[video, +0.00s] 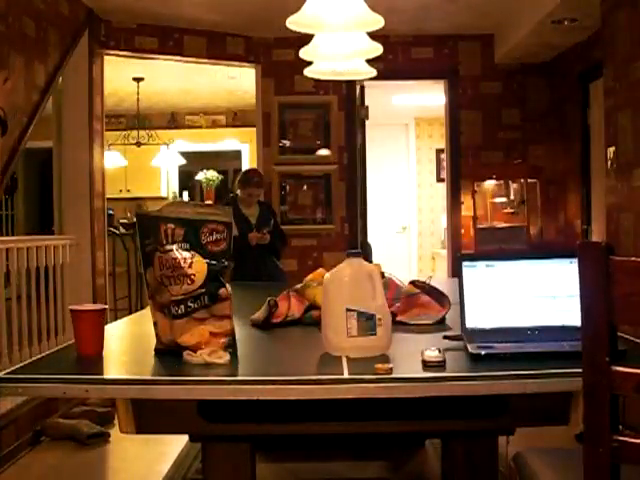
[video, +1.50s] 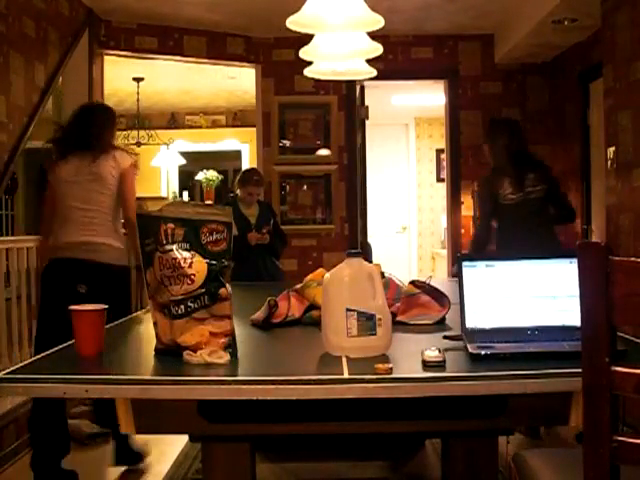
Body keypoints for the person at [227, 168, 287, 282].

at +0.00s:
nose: (253, 200)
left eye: (257, 196)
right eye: (249, 195)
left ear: (262, 192)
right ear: (240, 190)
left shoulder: (266, 209)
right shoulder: (229, 208)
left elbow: (282, 239)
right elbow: (224, 243)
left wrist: (269, 239)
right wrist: (246, 240)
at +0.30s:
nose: (253, 200)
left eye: (257, 196)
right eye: (249, 195)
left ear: (262, 192)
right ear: (240, 190)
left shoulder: (266, 208)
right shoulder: (229, 208)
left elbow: (282, 240)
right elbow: (224, 244)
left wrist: (269, 240)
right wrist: (247, 239)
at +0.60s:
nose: (253, 200)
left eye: (257, 196)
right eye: (249, 195)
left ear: (262, 192)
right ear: (240, 190)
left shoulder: (266, 208)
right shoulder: (229, 208)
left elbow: (282, 240)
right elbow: (224, 244)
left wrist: (269, 239)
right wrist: (246, 239)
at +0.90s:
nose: (253, 200)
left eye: (257, 196)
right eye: (249, 196)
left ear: (262, 192)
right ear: (239, 190)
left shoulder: (266, 208)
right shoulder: (229, 208)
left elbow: (281, 239)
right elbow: (224, 244)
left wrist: (269, 239)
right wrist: (246, 239)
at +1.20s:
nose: (253, 200)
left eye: (258, 196)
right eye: (249, 195)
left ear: (262, 192)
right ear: (239, 189)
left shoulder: (266, 208)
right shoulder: (229, 208)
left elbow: (282, 240)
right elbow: (224, 244)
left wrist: (269, 239)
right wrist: (246, 239)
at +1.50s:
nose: (254, 199)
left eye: (257, 195)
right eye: (250, 194)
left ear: (261, 192)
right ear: (239, 189)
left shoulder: (266, 208)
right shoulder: (229, 208)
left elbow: (282, 239)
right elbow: (225, 245)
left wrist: (269, 239)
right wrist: (246, 240)